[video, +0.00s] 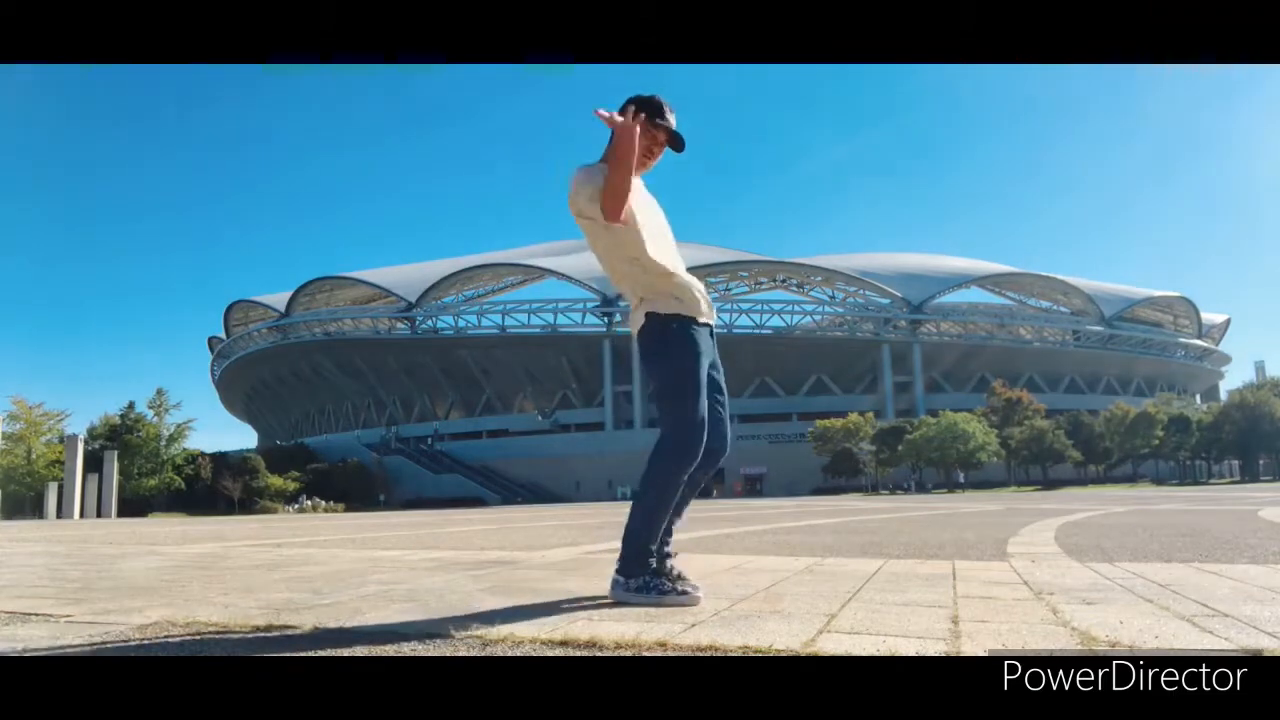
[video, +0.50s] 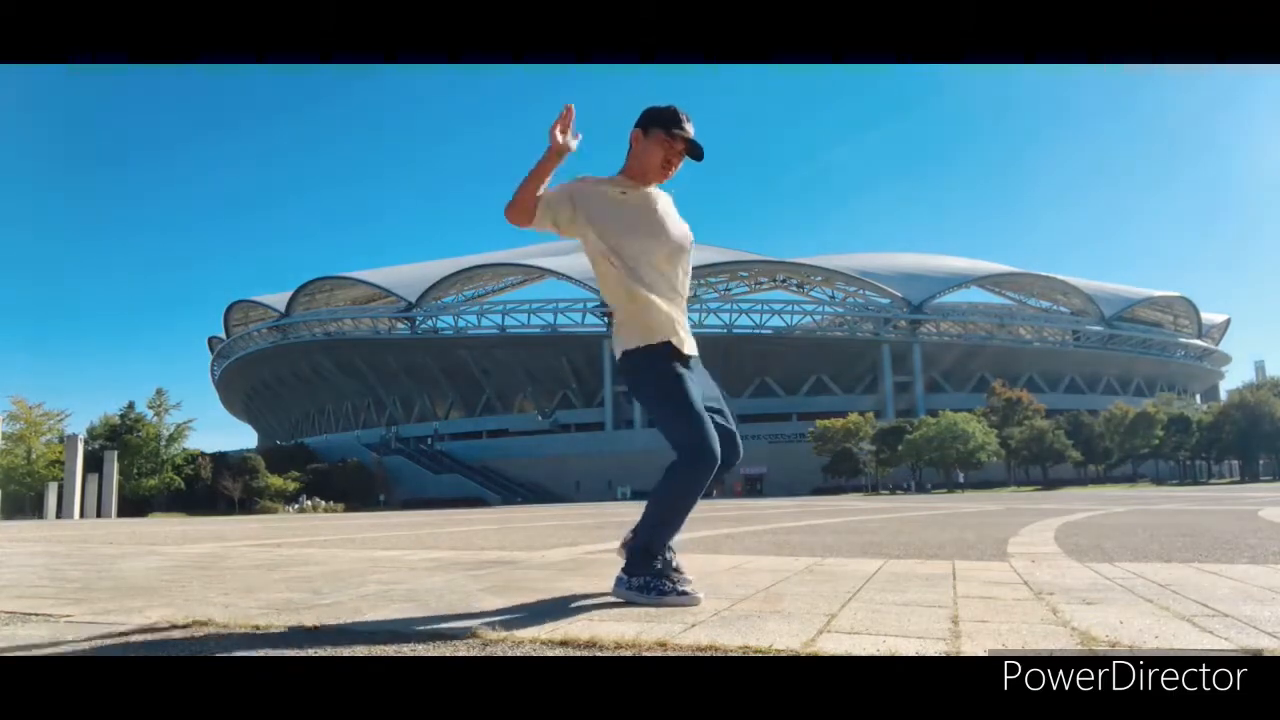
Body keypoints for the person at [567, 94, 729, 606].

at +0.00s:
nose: (657, 152)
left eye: (664, 146)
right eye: (651, 140)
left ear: (663, 149)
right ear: (625, 131)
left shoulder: (639, 189)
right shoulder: (588, 179)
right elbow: (612, 211)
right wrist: (625, 140)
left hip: (698, 328)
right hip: (668, 326)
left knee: (714, 443)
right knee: (683, 438)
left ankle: (654, 557)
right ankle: (633, 571)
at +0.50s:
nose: (674, 161)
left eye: (682, 155)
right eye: (668, 148)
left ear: (683, 157)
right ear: (638, 138)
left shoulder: (661, 199)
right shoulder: (593, 193)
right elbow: (518, 212)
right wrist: (554, 155)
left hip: (682, 349)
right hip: (646, 351)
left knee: (726, 450)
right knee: (701, 452)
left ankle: (647, 546)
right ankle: (641, 569)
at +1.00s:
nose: (647, 197)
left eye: (653, 190)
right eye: (639, 187)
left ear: (657, 193)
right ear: (615, 186)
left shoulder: (661, 236)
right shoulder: (598, 228)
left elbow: (676, 302)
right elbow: (652, 255)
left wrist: (697, 345)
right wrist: (691, 257)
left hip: (672, 360)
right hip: (627, 358)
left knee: (682, 462)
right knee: (641, 445)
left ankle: (645, 544)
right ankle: (640, 557)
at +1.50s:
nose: (637, 226)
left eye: (643, 220)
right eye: (629, 220)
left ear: (654, 227)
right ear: (616, 228)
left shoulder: (668, 279)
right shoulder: (599, 267)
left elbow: (675, 342)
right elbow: (585, 325)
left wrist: (681, 390)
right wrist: (573, 374)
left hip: (659, 390)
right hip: (612, 389)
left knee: (660, 469)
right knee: (618, 475)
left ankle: (639, 549)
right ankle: (644, 545)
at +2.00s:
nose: (637, 226)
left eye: (643, 220)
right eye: (631, 221)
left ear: (655, 226)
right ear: (620, 227)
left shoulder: (678, 270)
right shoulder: (605, 276)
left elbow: (699, 319)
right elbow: (600, 329)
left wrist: (706, 355)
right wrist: (595, 375)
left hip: (678, 380)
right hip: (629, 382)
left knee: (687, 457)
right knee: (632, 467)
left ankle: (694, 538)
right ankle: (638, 542)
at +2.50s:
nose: (677, 230)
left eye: (683, 223)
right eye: (669, 224)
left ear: (694, 228)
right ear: (656, 230)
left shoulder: (715, 270)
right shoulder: (643, 273)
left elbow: (719, 319)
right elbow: (605, 311)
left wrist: (700, 355)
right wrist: (604, 362)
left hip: (702, 378)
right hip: (661, 362)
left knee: (702, 468)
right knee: (629, 410)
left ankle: (692, 548)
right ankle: (572, 442)